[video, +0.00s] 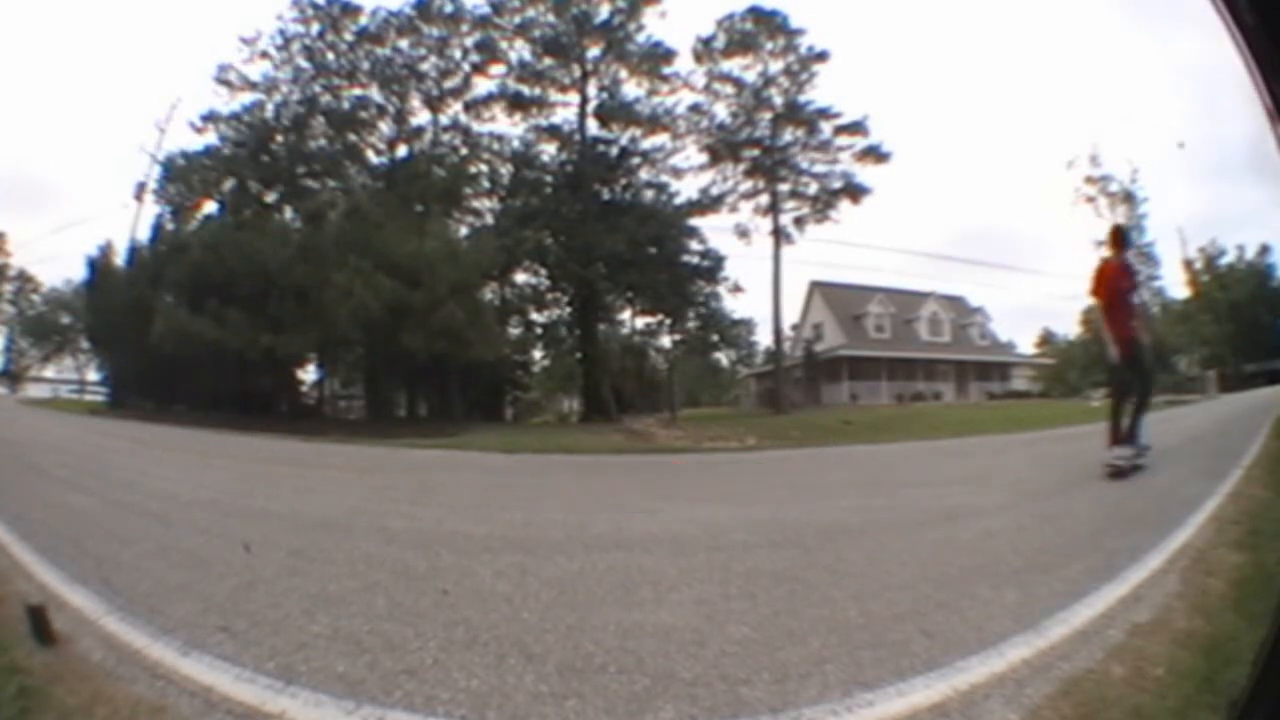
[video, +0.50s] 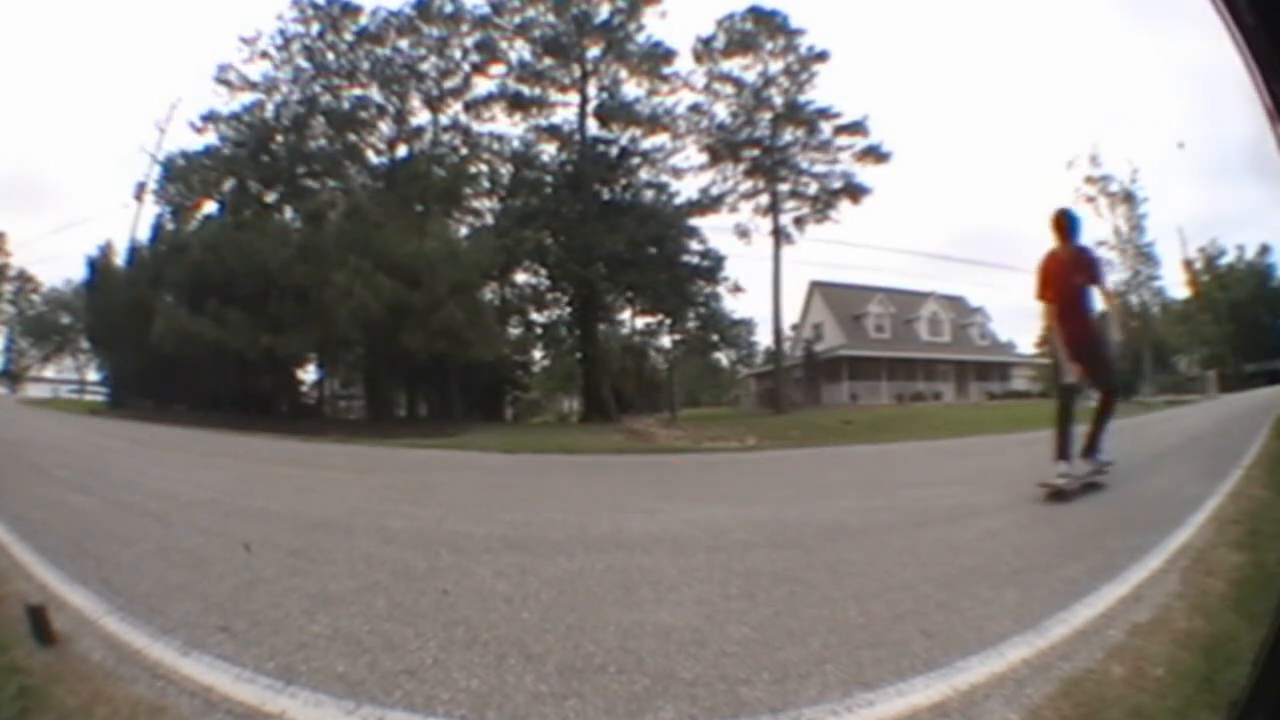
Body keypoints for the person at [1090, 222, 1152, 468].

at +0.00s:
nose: (1123, 248)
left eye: (1124, 244)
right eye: (1120, 244)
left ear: (1125, 244)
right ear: (1115, 243)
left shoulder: (1127, 269)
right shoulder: (1106, 268)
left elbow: (1133, 306)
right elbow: (1099, 308)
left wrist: (1143, 336)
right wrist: (1110, 344)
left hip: (1130, 335)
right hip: (1114, 337)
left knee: (1144, 382)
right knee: (1120, 387)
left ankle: (1131, 435)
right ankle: (1116, 437)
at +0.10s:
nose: (1114, 243)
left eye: (1116, 238)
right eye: (1111, 238)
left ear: (1117, 239)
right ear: (1106, 239)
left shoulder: (1123, 268)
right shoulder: (1097, 267)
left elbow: (1128, 308)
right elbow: (1090, 310)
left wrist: (1140, 338)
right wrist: (1104, 345)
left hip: (1124, 336)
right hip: (1106, 337)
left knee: (1134, 391)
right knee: (1111, 391)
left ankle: (1124, 445)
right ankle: (1107, 445)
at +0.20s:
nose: (1106, 241)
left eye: (1108, 236)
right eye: (1103, 236)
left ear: (1108, 236)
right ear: (1098, 235)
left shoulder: (1114, 262)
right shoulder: (1086, 263)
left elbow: (1125, 304)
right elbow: (1083, 314)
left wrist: (1135, 336)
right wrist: (1097, 345)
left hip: (1118, 335)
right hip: (1095, 336)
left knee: (1131, 386)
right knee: (1100, 390)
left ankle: (1119, 443)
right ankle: (1098, 448)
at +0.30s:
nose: (1095, 235)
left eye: (1097, 230)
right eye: (1090, 230)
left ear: (1099, 231)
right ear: (1084, 232)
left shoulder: (1105, 260)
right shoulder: (1075, 262)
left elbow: (1121, 296)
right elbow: (1072, 314)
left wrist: (1127, 330)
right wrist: (1091, 348)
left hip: (1106, 327)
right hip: (1083, 331)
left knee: (1127, 379)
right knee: (1089, 387)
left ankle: (1110, 443)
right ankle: (1088, 452)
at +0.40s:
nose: (1082, 237)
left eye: (1083, 230)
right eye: (1078, 231)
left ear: (1085, 231)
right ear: (1073, 232)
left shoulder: (1096, 259)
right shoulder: (1064, 263)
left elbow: (1114, 293)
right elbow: (1062, 318)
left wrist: (1120, 328)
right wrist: (1081, 354)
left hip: (1096, 329)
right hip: (1072, 332)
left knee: (1119, 385)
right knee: (1079, 389)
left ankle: (1098, 449)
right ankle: (1075, 455)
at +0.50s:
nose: (1067, 233)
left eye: (1070, 227)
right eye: (1063, 228)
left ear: (1074, 228)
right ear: (1057, 230)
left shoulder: (1085, 257)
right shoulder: (1051, 262)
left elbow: (1104, 293)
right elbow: (1050, 318)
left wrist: (1118, 322)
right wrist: (1064, 361)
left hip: (1086, 332)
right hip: (1062, 335)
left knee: (1110, 388)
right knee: (1066, 392)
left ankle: (1090, 451)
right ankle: (1063, 459)